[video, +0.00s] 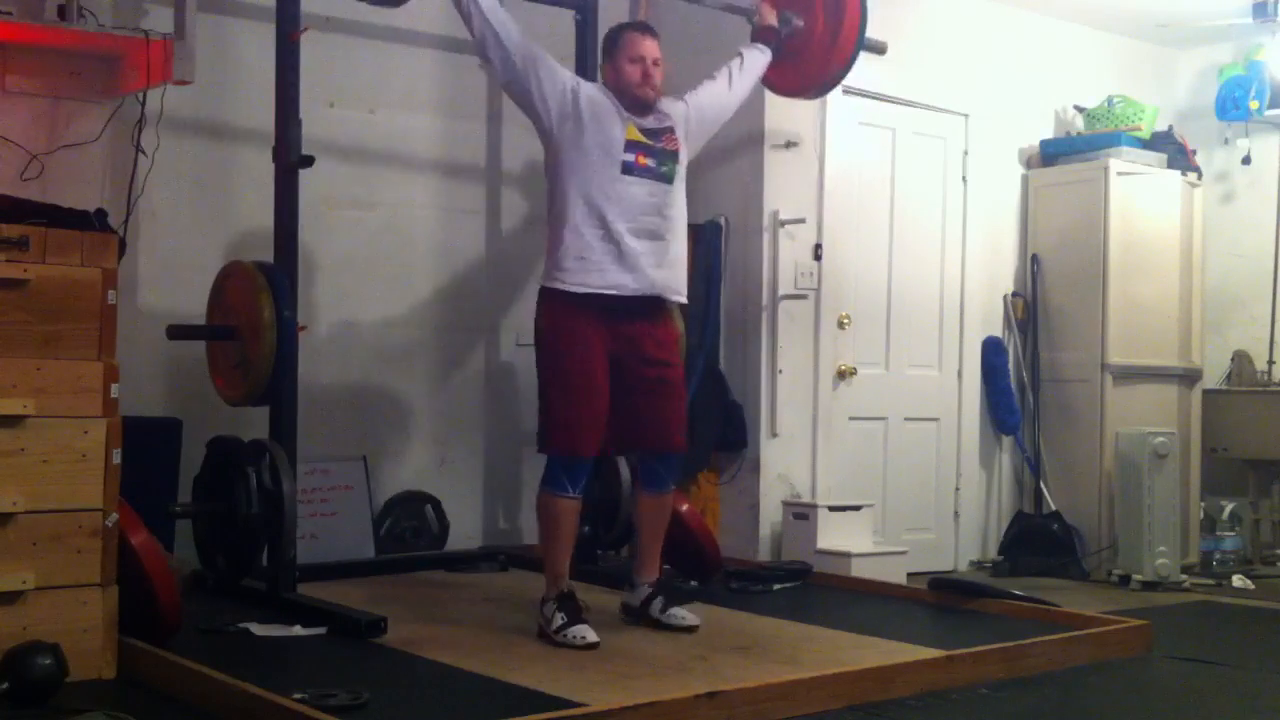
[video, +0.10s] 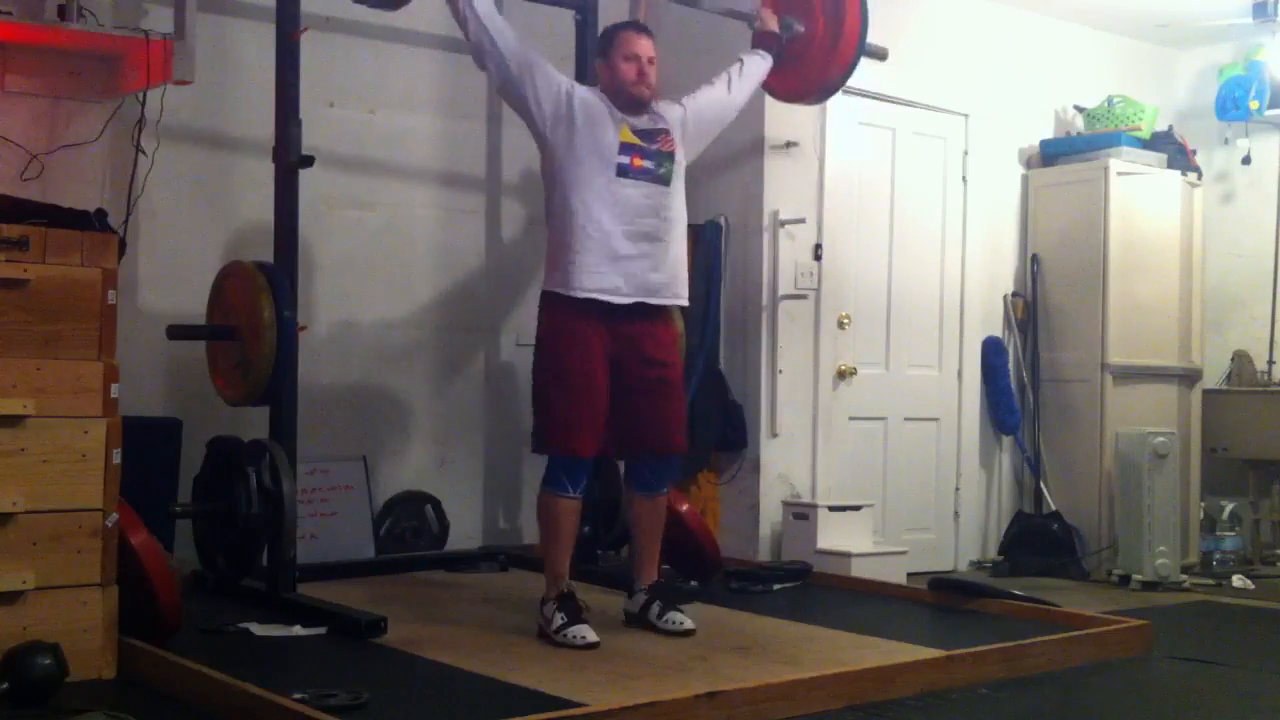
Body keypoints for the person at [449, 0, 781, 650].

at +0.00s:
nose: (649, 70)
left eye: (656, 61)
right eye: (636, 60)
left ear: (665, 69)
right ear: (607, 68)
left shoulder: (678, 120)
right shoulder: (573, 101)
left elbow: (730, 85)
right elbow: (503, 41)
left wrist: (765, 38)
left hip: (653, 308)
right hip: (577, 303)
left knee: (662, 452)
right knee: (573, 453)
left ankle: (645, 590)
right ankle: (556, 600)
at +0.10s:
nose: (643, 69)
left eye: (650, 60)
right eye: (630, 59)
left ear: (660, 68)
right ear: (601, 67)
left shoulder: (677, 121)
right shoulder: (567, 106)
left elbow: (732, 90)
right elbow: (498, 44)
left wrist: (766, 41)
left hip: (655, 311)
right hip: (579, 305)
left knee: (656, 455)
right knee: (572, 455)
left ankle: (646, 593)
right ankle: (557, 601)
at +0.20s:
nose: (632, 64)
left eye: (639, 57)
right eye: (619, 55)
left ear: (649, 69)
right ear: (591, 65)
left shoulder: (672, 125)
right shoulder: (559, 109)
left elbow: (738, 97)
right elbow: (493, 52)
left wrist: (770, 47)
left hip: (656, 311)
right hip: (579, 306)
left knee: (651, 458)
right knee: (572, 456)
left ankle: (647, 593)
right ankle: (557, 600)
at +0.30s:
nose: (628, 65)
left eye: (635, 58)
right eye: (615, 57)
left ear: (643, 69)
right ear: (587, 67)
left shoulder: (667, 132)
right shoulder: (557, 114)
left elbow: (735, 112)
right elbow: (486, 68)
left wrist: (775, 64)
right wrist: (456, 3)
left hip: (657, 314)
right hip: (582, 310)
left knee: (652, 460)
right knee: (574, 460)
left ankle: (647, 594)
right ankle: (556, 601)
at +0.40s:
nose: (622, 67)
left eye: (629, 60)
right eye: (609, 58)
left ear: (639, 72)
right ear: (582, 69)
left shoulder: (657, 138)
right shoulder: (555, 120)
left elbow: (716, 143)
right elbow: (473, 115)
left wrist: (763, 98)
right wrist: (460, 40)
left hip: (658, 311)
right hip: (584, 308)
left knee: (658, 457)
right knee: (577, 457)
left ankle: (649, 594)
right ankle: (559, 599)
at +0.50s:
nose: (616, 67)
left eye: (624, 59)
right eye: (604, 57)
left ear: (632, 68)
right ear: (576, 63)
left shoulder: (646, 128)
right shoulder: (548, 113)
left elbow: (705, 147)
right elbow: (466, 127)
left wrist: (765, 122)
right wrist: (448, 84)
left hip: (656, 297)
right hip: (580, 295)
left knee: (663, 441)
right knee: (578, 442)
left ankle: (656, 579)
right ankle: (563, 592)